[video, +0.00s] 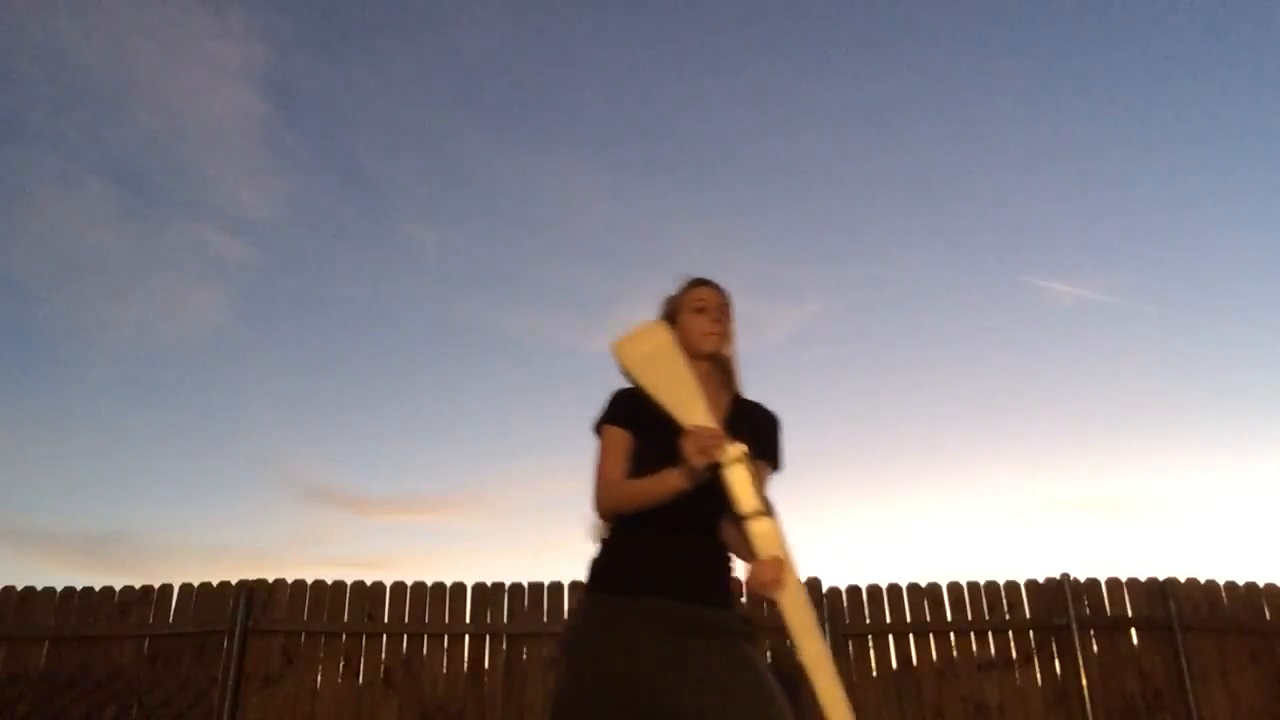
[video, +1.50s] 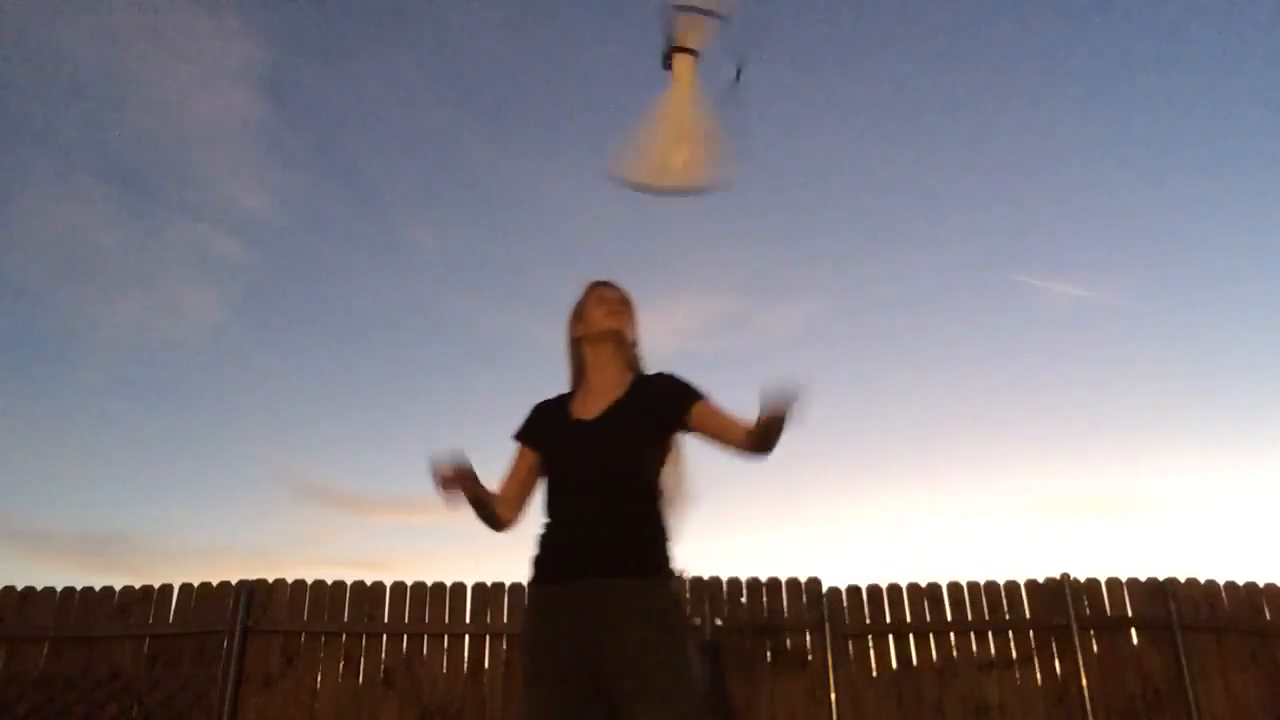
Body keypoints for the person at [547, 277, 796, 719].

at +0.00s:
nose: (715, 319)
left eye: (723, 312)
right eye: (700, 310)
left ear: (731, 328)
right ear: (672, 325)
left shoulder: (753, 421)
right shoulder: (633, 403)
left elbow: (732, 518)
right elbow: (608, 499)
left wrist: (759, 559)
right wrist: (685, 473)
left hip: (707, 608)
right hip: (623, 604)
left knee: (760, 709)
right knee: (599, 708)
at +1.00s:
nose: (741, 310)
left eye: (747, 307)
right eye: (727, 300)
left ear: (754, 331)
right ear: (696, 323)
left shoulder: (780, 415)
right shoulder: (657, 406)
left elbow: (800, 513)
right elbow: (638, 508)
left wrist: (830, 559)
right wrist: (704, 500)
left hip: (742, 613)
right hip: (652, 610)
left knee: (789, 710)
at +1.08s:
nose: (710, 296)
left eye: (718, 291)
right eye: (698, 288)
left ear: (729, 313)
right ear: (672, 310)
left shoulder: (766, 397)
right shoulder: (638, 394)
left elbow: (806, 477)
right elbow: (609, 498)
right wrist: (657, 519)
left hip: (733, 592)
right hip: (643, 596)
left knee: (770, 708)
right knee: (621, 708)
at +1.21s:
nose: (686, 293)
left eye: (691, 291)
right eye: (671, 286)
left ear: (697, 313)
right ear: (639, 308)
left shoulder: (725, 378)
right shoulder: (606, 399)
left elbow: (820, 399)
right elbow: (570, 505)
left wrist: (845, 329)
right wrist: (594, 569)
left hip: (713, 586)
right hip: (629, 590)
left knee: (737, 708)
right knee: (618, 710)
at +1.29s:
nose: (666, 296)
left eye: (672, 291)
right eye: (649, 288)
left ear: (680, 314)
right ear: (620, 313)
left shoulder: (707, 381)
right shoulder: (591, 405)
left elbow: (802, 376)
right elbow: (556, 501)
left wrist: (807, 284)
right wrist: (548, 555)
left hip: (695, 590)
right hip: (610, 593)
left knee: (717, 706)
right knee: (600, 708)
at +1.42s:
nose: (632, 306)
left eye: (641, 303)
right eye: (619, 300)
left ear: (652, 327)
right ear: (594, 323)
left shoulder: (677, 387)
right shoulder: (566, 413)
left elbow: (776, 410)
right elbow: (527, 515)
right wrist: (496, 519)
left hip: (663, 591)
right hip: (580, 596)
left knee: (684, 706)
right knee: (576, 707)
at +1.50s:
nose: (610, 307)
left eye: (620, 305)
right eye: (598, 304)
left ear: (634, 330)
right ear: (576, 329)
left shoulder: (660, 394)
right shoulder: (549, 416)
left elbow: (754, 441)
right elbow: (502, 514)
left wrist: (773, 419)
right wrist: (471, 486)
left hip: (639, 592)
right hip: (559, 596)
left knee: (655, 706)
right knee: (556, 708)